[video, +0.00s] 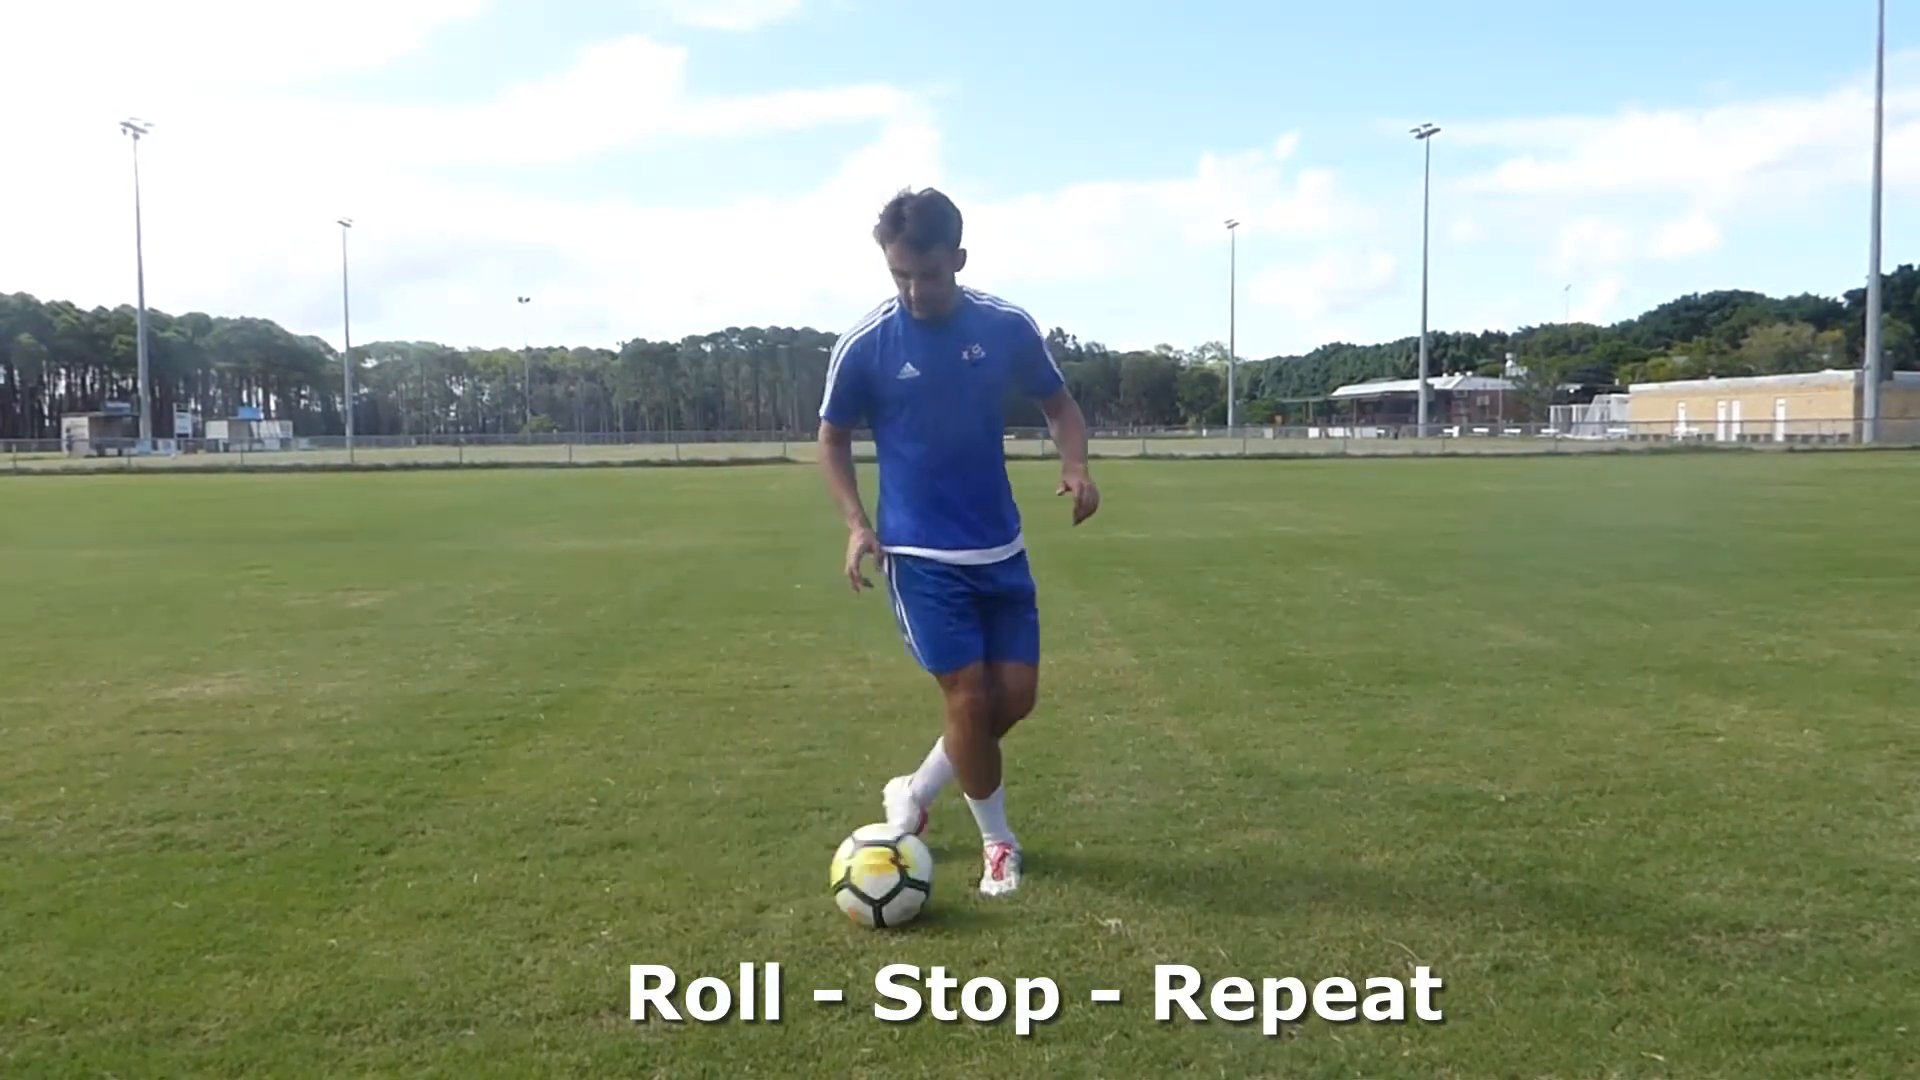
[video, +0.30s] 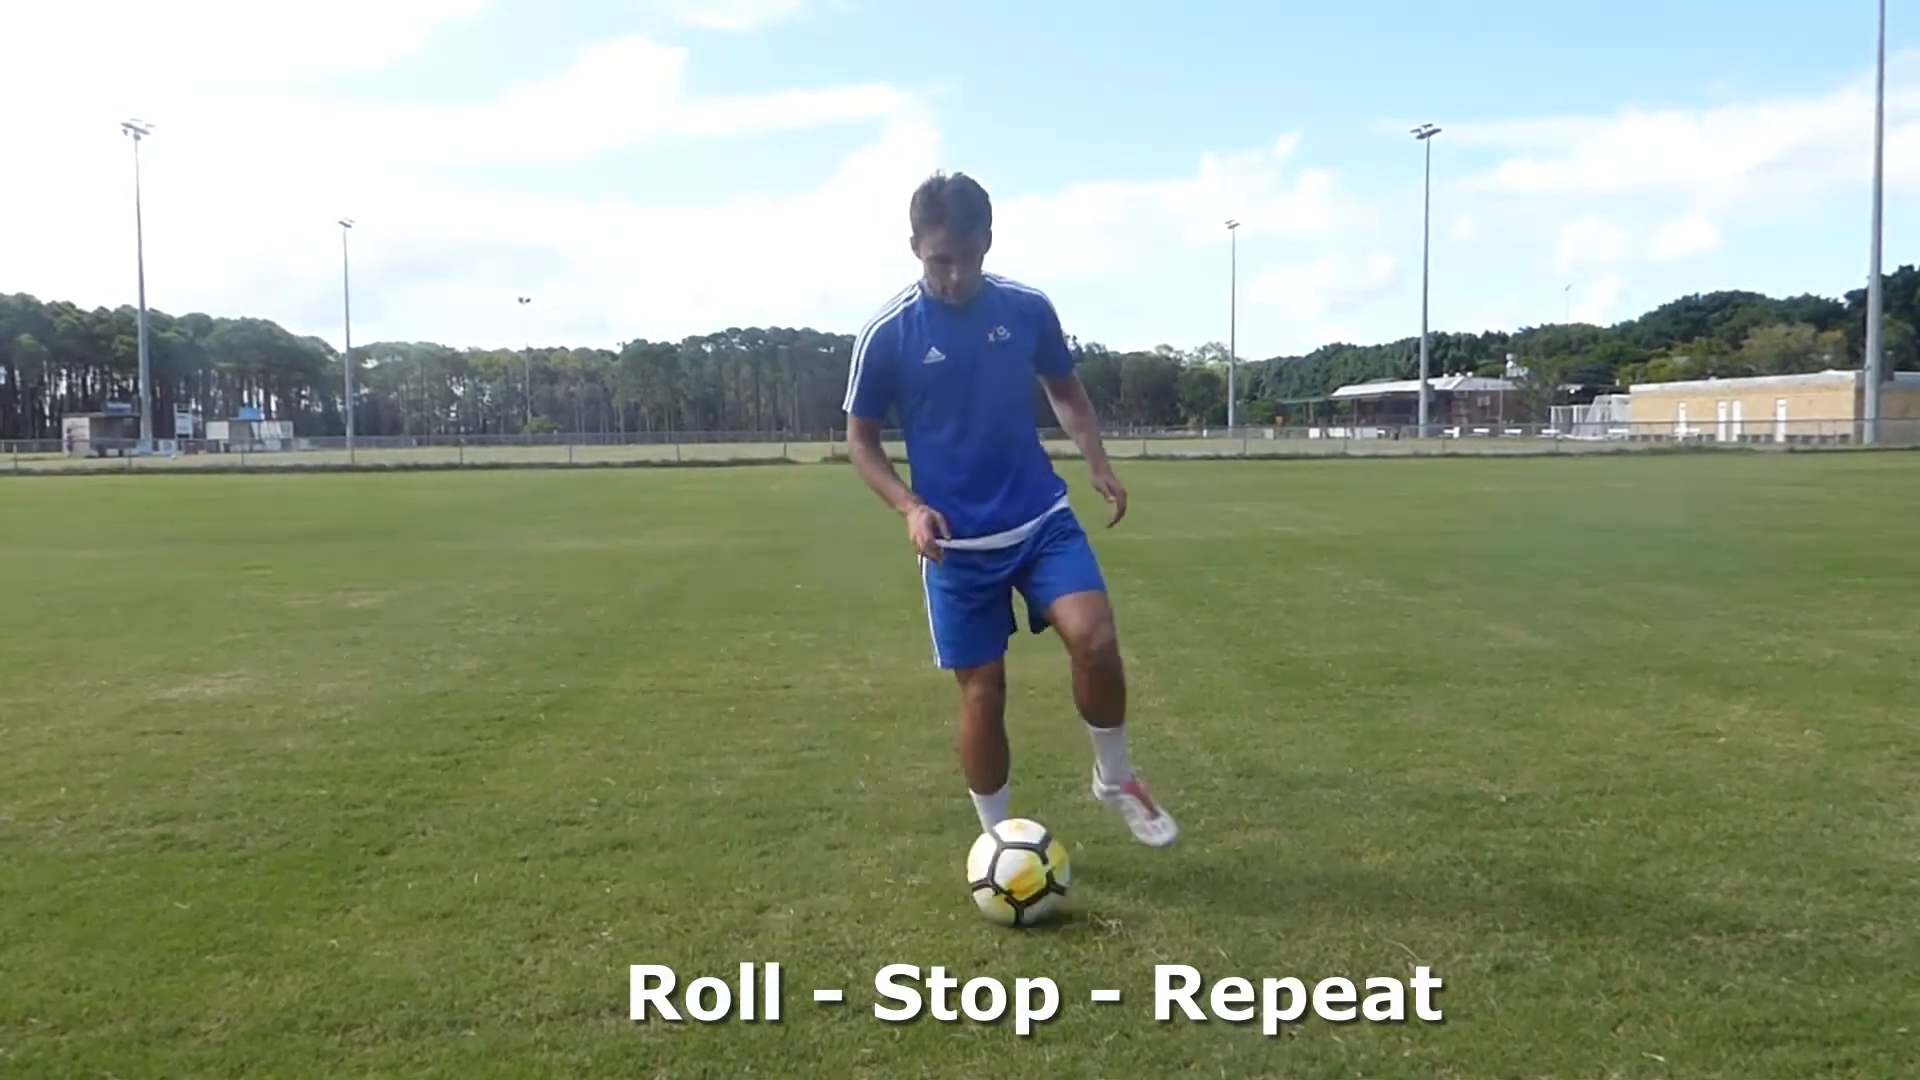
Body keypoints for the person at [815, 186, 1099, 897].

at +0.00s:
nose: (915, 290)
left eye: (929, 274)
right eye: (901, 275)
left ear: (958, 258)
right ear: (886, 263)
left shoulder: (1009, 327)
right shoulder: (862, 349)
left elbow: (1059, 404)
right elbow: (833, 439)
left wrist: (1074, 462)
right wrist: (857, 524)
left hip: (1000, 545)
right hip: (918, 552)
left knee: (1014, 696)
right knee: (968, 695)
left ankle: (913, 793)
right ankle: (999, 844)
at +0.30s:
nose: (954, 275)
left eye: (966, 258)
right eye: (939, 261)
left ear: (987, 242)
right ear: (914, 248)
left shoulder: (1028, 311)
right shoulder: (887, 336)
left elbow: (1067, 391)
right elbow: (860, 444)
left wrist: (1096, 459)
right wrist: (909, 505)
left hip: (1043, 521)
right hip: (958, 545)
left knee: (1096, 636)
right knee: (983, 696)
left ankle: (1115, 778)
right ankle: (999, 845)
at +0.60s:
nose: (969, 271)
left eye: (981, 255)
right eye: (955, 257)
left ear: (1003, 242)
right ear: (931, 247)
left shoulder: (1048, 309)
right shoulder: (909, 344)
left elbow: (1088, 387)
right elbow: (890, 451)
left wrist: (1113, 460)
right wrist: (942, 509)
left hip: (1064, 527)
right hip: (978, 548)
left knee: (1097, 656)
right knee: (992, 695)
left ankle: (1132, 831)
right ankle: (1003, 846)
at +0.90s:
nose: (1003, 253)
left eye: (1016, 236)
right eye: (988, 237)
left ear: (1040, 230)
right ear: (967, 236)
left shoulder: (1086, 311)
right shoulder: (940, 328)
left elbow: (1129, 397)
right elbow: (909, 422)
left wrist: (1145, 468)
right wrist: (930, 454)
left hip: (1082, 533)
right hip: (993, 541)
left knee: (1097, 688)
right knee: (1005, 693)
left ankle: (1095, 818)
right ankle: (1005, 847)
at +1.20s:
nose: (1042, 237)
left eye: (1056, 223)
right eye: (1028, 224)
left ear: (1081, 227)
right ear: (1011, 233)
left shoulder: (1128, 319)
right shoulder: (984, 329)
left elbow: (1161, 407)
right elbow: (959, 426)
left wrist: (1153, 476)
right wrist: (999, 473)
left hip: (1102, 540)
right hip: (1018, 542)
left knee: (1094, 686)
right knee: (1018, 688)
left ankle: (1091, 829)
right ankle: (1006, 846)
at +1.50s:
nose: (1061, 234)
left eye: (1074, 220)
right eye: (1047, 222)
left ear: (1098, 225)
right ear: (1028, 232)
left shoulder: (1143, 319)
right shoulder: (1002, 326)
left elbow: (1174, 410)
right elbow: (971, 426)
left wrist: (1164, 477)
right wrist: (1008, 467)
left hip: (1111, 540)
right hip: (1026, 540)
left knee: (1097, 683)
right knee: (1022, 686)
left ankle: (1091, 831)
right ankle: (1003, 843)